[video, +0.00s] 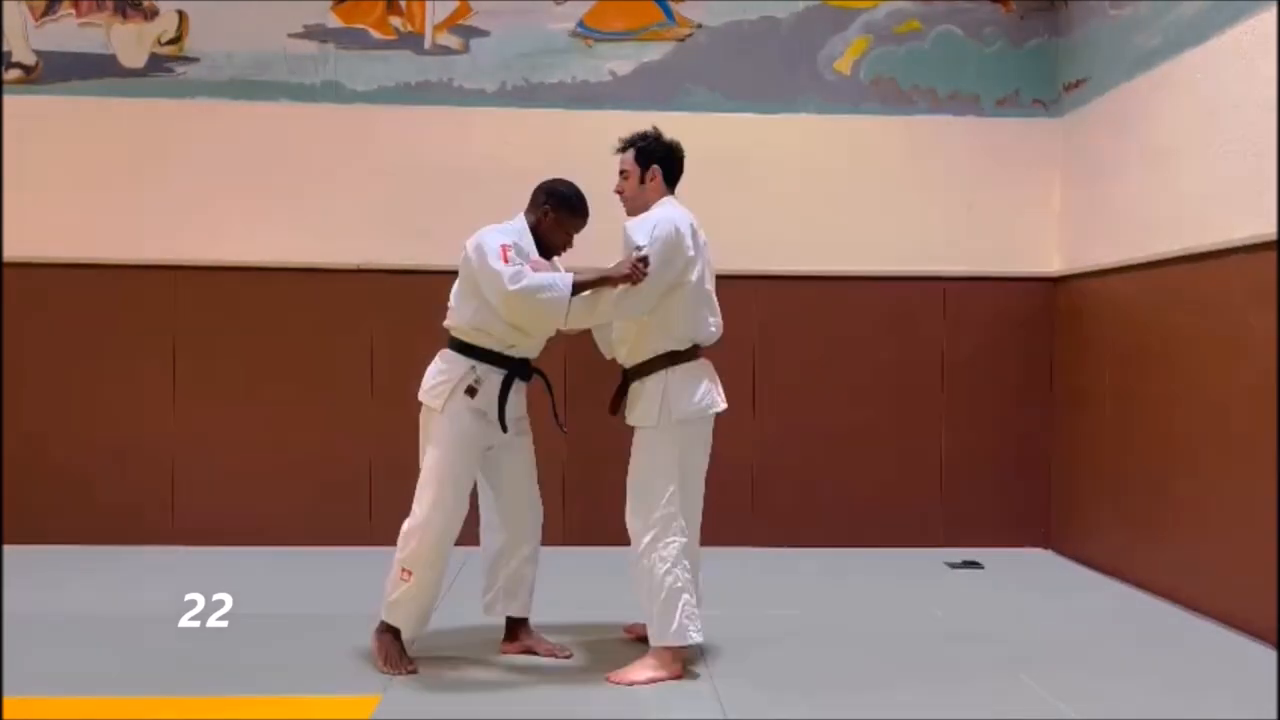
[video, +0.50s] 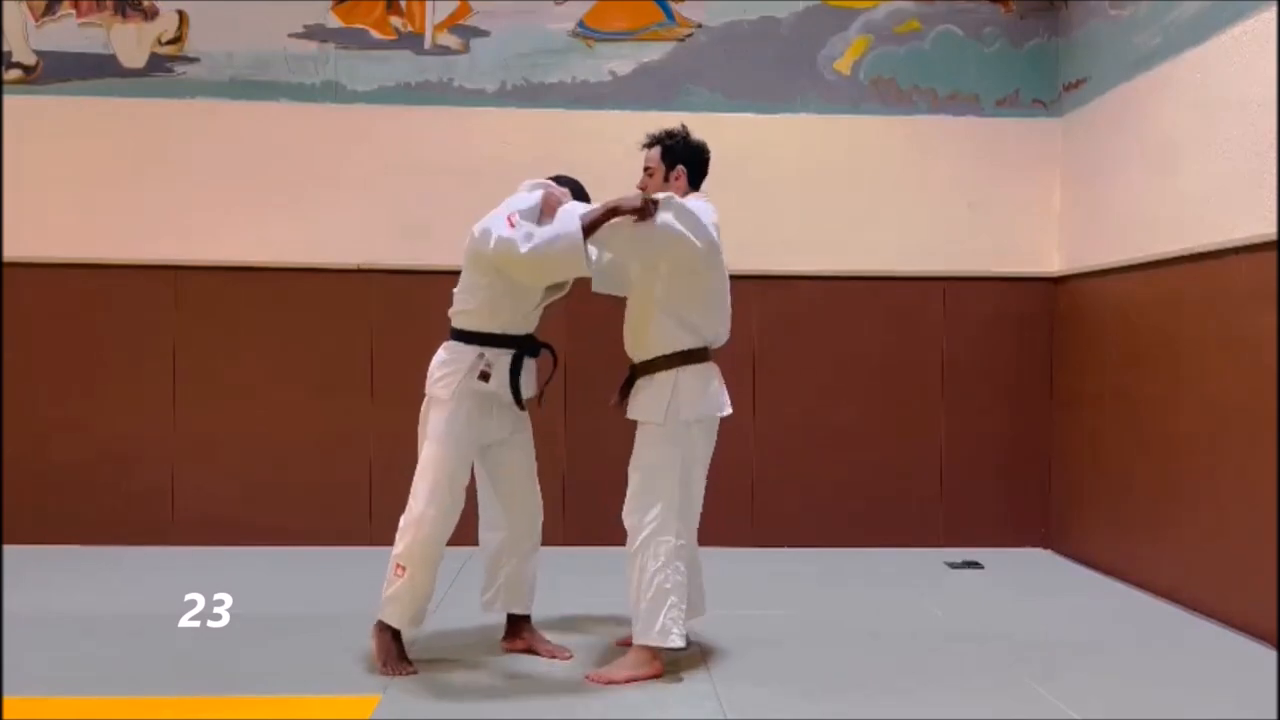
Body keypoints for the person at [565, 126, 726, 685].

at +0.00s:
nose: (616, 186)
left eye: (625, 175)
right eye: (617, 175)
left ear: (654, 176)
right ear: (656, 178)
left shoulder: (660, 225)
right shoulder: (677, 223)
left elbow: (621, 305)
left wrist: (553, 307)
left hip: (671, 389)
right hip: (683, 383)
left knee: (654, 517)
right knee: (669, 511)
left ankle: (670, 649)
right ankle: (670, 620)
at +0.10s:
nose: (618, 196)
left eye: (626, 183)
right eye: (618, 185)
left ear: (656, 182)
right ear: (660, 184)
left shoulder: (662, 229)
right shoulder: (681, 224)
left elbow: (622, 317)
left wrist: (580, 295)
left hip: (676, 390)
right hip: (692, 385)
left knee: (642, 516)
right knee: (682, 511)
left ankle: (664, 645)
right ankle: (687, 630)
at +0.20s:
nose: (615, 199)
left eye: (621, 186)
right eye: (614, 188)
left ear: (652, 184)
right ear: (656, 185)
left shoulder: (663, 230)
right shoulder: (680, 224)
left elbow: (622, 317)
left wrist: (577, 303)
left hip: (679, 392)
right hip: (695, 386)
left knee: (641, 515)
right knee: (684, 512)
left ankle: (644, 647)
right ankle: (685, 627)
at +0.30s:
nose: (614, 193)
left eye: (622, 182)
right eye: (614, 182)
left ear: (652, 182)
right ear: (656, 184)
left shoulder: (664, 230)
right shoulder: (677, 227)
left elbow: (622, 307)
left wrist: (558, 313)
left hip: (676, 392)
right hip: (694, 386)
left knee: (647, 518)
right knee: (684, 513)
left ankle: (647, 651)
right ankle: (685, 628)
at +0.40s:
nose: (628, 186)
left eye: (637, 175)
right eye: (629, 175)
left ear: (666, 178)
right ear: (666, 180)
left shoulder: (678, 222)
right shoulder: (663, 231)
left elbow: (653, 275)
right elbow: (613, 316)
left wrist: (560, 268)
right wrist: (578, 280)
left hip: (679, 389)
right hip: (679, 387)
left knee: (649, 516)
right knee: (670, 513)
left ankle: (649, 650)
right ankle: (669, 630)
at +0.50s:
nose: (641, 182)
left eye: (648, 172)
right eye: (642, 172)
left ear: (678, 175)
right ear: (683, 178)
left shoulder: (678, 218)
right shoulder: (680, 226)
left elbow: (601, 229)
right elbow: (606, 262)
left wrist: (556, 203)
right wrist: (573, 221)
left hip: (678, 391)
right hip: (683, 388)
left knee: (651, 517)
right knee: (669, 516)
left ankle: (651, 646)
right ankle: (672, 629)